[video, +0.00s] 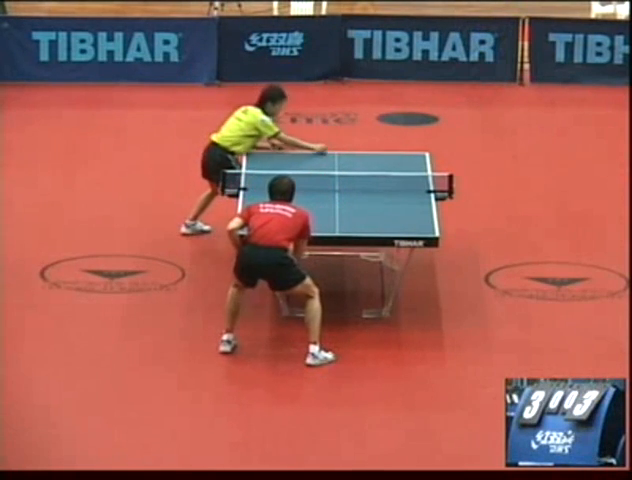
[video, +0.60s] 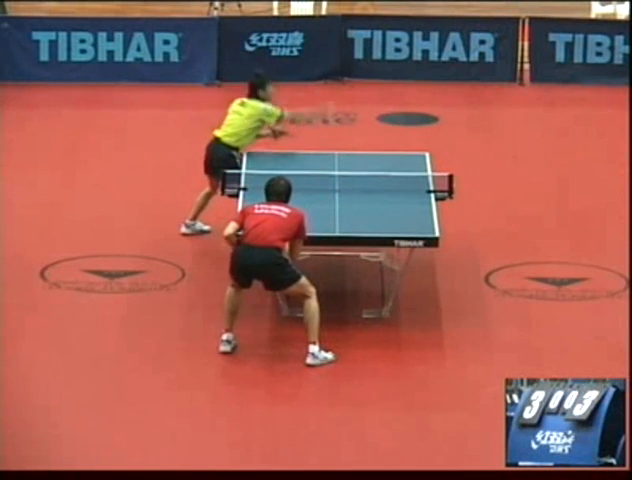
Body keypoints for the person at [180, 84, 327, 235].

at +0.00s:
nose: (281, 110)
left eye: (282, 106)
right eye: (280, 106)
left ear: (264, 102)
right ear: (270, 104)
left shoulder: (245, 110)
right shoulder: (260, 119)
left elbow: (246, 142)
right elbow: (284, 140)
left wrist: (269, 145)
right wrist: (313, 147)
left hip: (213, 149)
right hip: (224, 155)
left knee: (214, 190)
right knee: (245, 191)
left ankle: (191, 222)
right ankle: (244, 227)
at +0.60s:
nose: (272, 91)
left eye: (271, 88)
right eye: (269, 88)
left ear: (253, 90)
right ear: (260, 91)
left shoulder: (238, 103)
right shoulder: (261, 108)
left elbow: (246, 132)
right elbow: (289, 117)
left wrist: (269, 134)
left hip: (215, 144)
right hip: (229, 151)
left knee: (212, 188)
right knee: (241, 190)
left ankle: (191, 221)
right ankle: (244, 227)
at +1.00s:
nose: (244, 68)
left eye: (243, 64)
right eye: (241, 65)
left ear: (227, 73)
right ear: (232, 71)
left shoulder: (220, 91)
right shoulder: (234, 85)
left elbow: (232, 122)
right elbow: (263, 74)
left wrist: (256, 112)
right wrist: (287, 54)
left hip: (206, 137)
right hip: (219, 139)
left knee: (207, 184)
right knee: (240, 177)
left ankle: (191, 221)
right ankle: (245, 220)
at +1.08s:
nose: (244, 67)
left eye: (242, 63)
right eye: (240, 64)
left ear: (228, 70)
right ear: (231, 69)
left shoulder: (218, 89)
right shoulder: (234, 84)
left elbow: (225, 122)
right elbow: (263, 77)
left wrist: (251, 116)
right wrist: (288, 64)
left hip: (205, 135)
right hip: (218, 138)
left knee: (205, 183)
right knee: (235, 180)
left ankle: (190, 221)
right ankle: (242, 223)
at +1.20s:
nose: (248, 67)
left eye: (246, 63)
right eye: (244, 64)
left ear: (231, 70)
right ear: (234, 69)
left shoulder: (217, 90)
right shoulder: (234, 83)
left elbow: (212, 114)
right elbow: (252, 90)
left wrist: (237, 125)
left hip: (205, 133)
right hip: (219, 135)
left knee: (204, 181)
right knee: (235, 176)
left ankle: (191, 221)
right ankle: (241, 219)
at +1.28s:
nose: (253, 68)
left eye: (251, 65)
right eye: (249, 65)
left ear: (235, 71)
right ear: (239, 70)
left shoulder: (221, 89)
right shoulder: (241, 86)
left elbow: (198, 111)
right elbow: (251, 102)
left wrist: (219, 122)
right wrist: (265, 118)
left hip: (206, 133)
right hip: (222, 136)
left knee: (204, 180)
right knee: (236, 176)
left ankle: (191, 221)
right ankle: (240, 220)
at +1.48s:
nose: (270, 92)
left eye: (271, 87)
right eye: (269, 87)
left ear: (253, 84)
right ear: (259, 85)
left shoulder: (235, 92)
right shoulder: (254, 101)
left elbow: (222, 88)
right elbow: (236, 117)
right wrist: (226, 140)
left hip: (213, 138)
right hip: (226, 143)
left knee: (215, 185)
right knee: (241, 187)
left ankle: (194, 220)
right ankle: (235, 229)